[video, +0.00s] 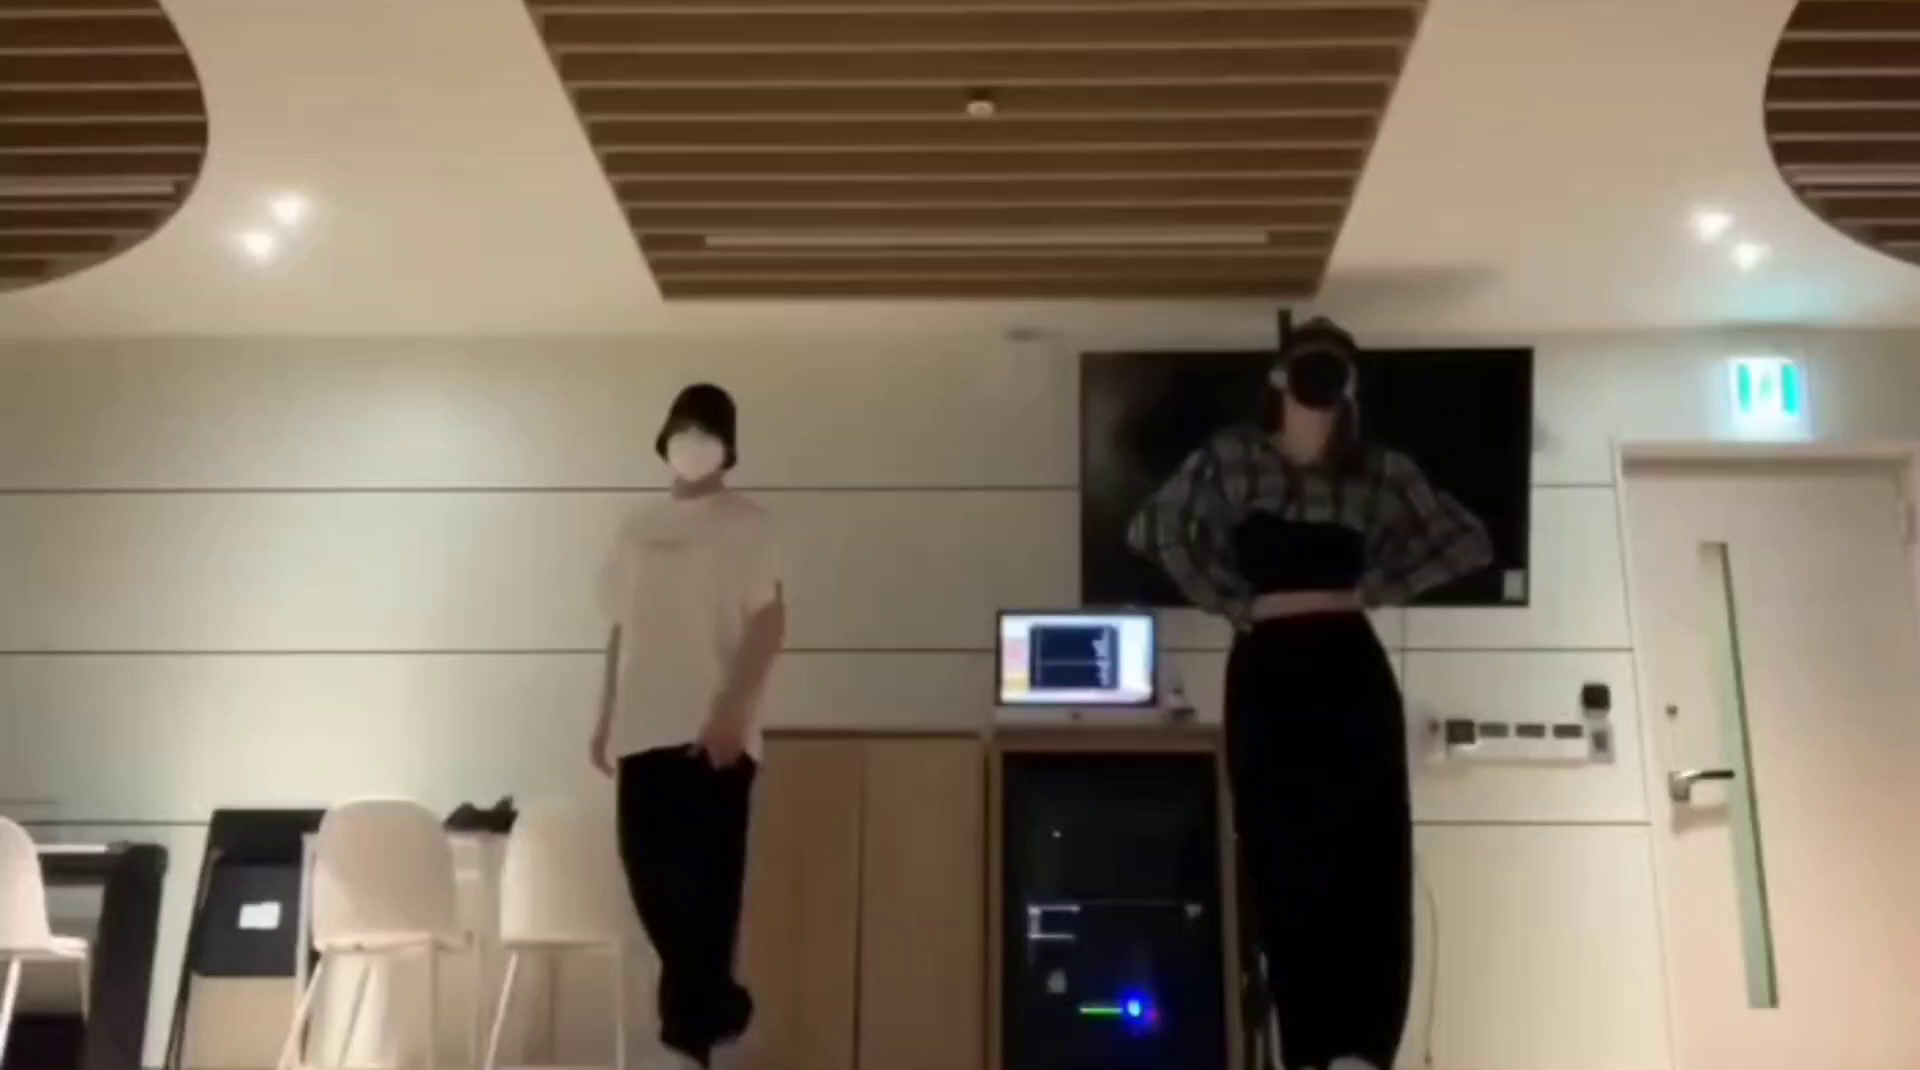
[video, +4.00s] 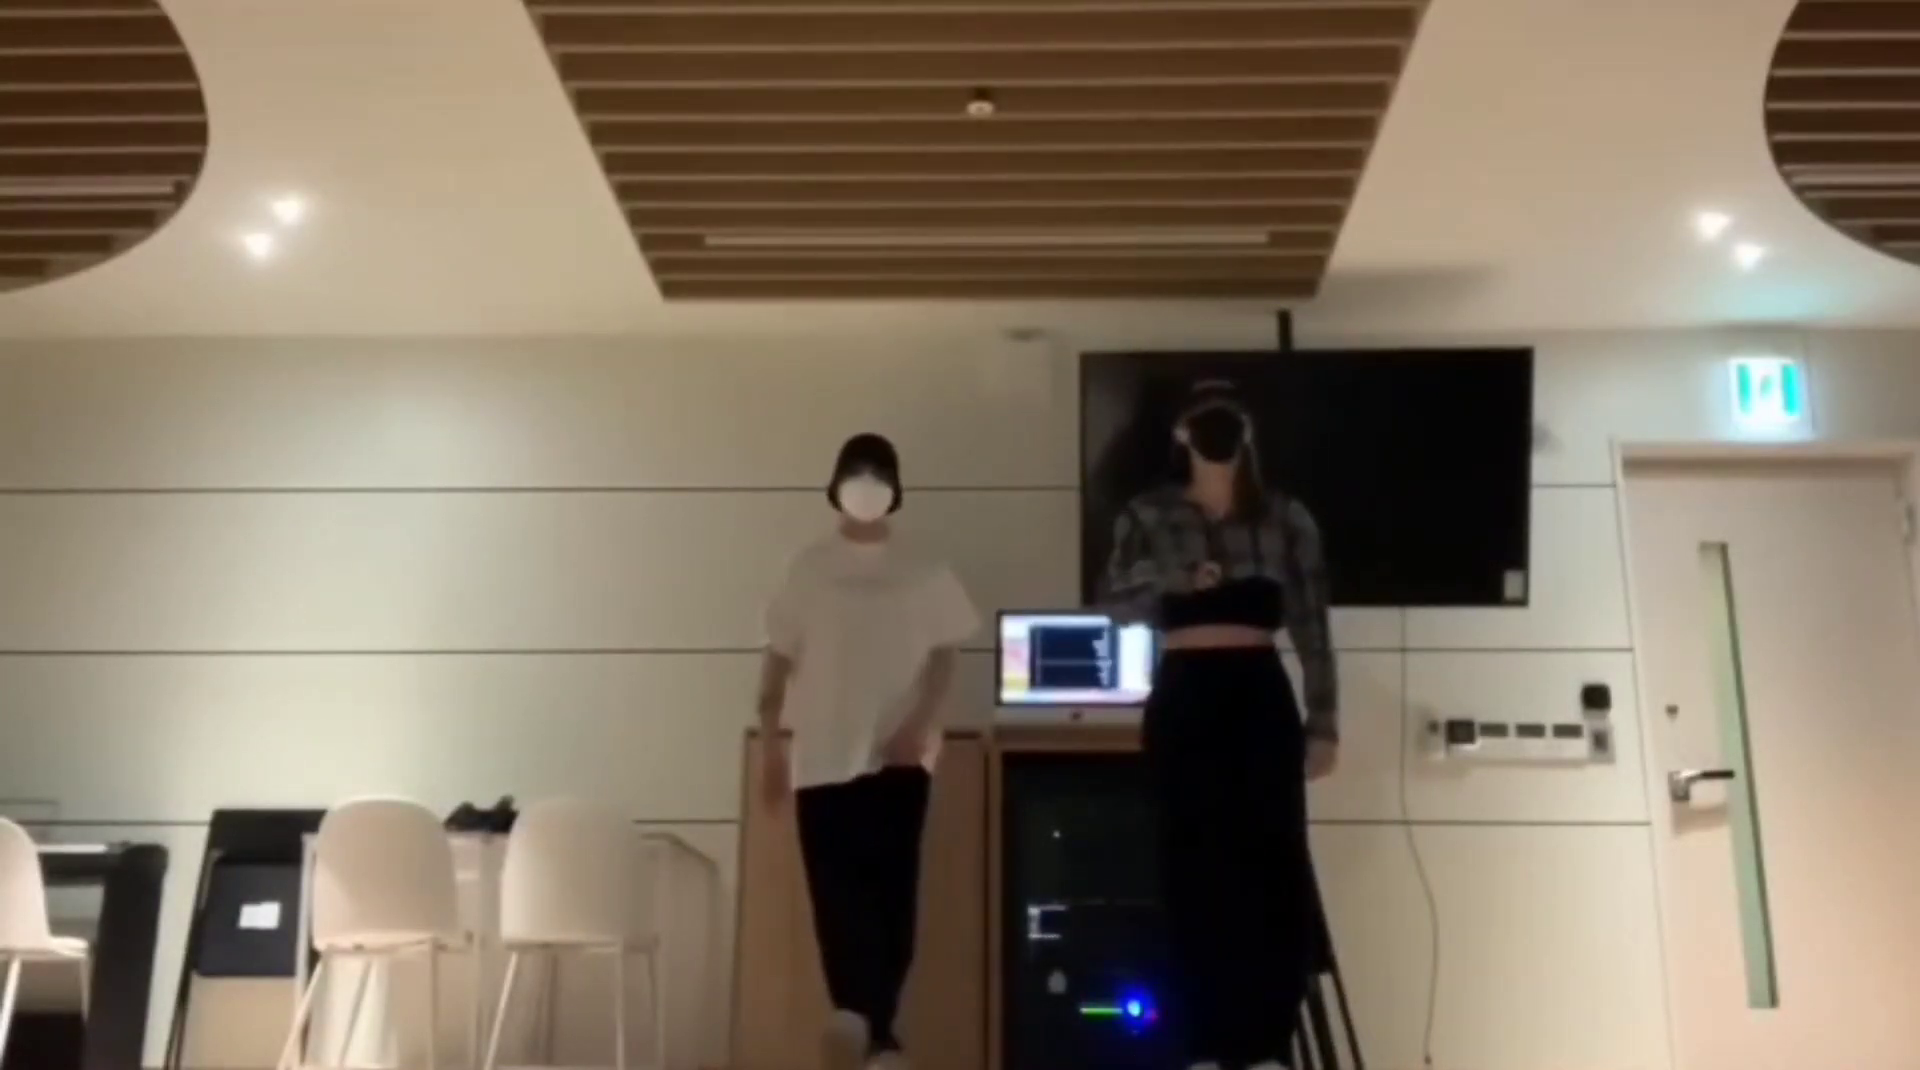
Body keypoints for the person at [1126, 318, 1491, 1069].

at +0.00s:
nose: (1320, 379)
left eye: (1333, 367)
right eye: (1307, 365)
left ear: (1352, 381)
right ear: (1279, 376)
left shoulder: (1381, 469)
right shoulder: (1232, 458)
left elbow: (1470, 543)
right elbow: (1155, 528)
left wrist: (1382, 585)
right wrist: (1228, 598)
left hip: (1352, 669)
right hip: (1269, 672)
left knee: (1369, 853)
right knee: (1285, 859)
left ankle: (1365, 1047)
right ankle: (1309, 1047)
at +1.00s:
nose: (1239, 358)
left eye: (1253, 345)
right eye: (1225, 344)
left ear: (1276, 362)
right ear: (1200, 361)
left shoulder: (1316, 449)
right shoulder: (1167, 451)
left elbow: (1406, 512)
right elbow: (1097, 523)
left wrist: (1322, 572)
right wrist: (1170, 587)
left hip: (1290, 654)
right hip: (1203, 657)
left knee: (1315, 847)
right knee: (1195, 851)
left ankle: (1346, 1046)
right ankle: (1189, 1045)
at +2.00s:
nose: (1206, 387)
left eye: (1219, 376)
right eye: (1192, 376)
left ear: (1241, 392)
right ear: (1167, 393)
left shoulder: (1280, 474)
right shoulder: (1138, 477)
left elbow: (1365, 537)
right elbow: (1065, 544)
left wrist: (1288, 595)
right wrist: (1144, 596)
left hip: (1256, 674)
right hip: (1177, 675)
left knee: (1259, 847)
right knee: (1175, 847)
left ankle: (1253, 1032)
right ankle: (1187, 1034)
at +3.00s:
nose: (1234, 415)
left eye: (1246, 405)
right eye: (1219, 405)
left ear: (1265, 423)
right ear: (1194, 421)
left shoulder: (1296, 509)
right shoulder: (1158, 499)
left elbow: (1319, 615)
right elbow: (1111, 582)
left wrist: (1344, 704)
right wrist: (1163, 584)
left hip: (1282, 696)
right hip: (1198, 693)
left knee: (1278, 874)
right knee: (1187, 869)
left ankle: (1267, 1041)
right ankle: (1191, 1040)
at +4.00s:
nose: (1218, 426)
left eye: (1230, 414)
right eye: (1202, 416)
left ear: (1250, 432)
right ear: (1179, 433)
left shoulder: (1286, 521)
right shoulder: (1146, 517)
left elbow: (1312, 626)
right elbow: (1112, 600)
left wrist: (1322, 722)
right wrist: (1176, 583)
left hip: (1260, 702)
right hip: (1184, 703)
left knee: (1268, 867)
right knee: (1192, 869)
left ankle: (1263, 1040)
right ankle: (1203, 1039)